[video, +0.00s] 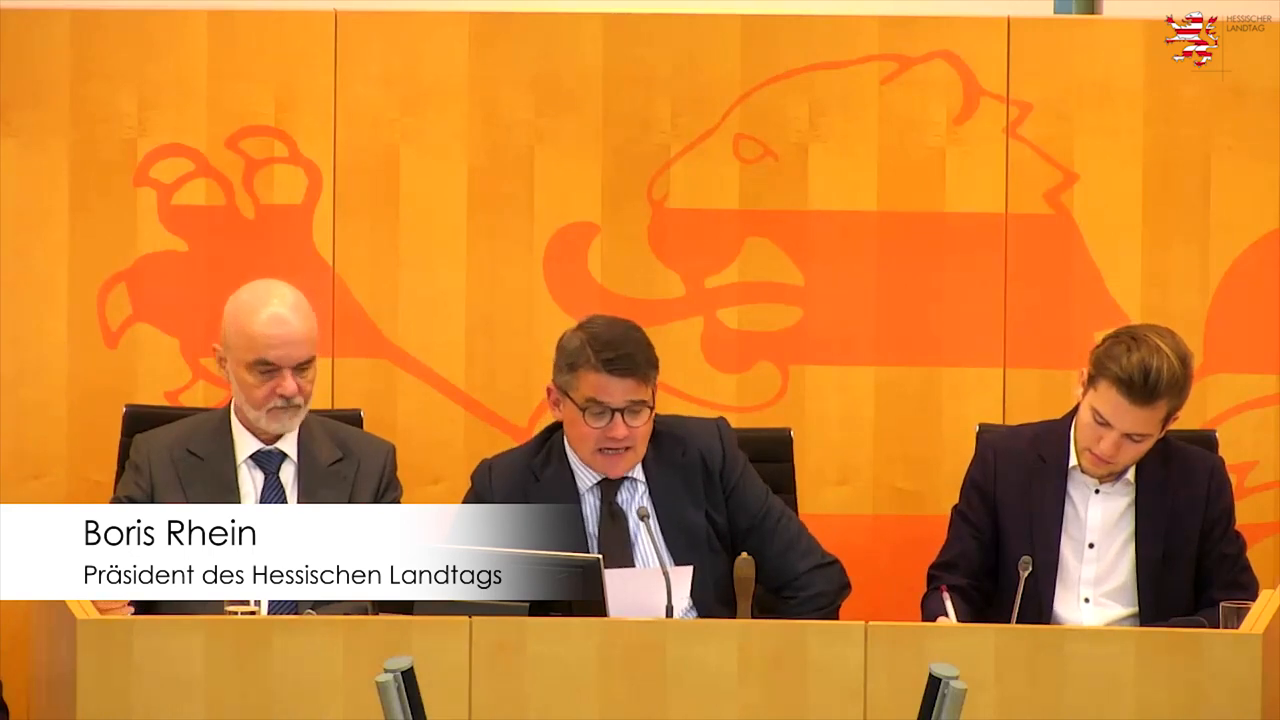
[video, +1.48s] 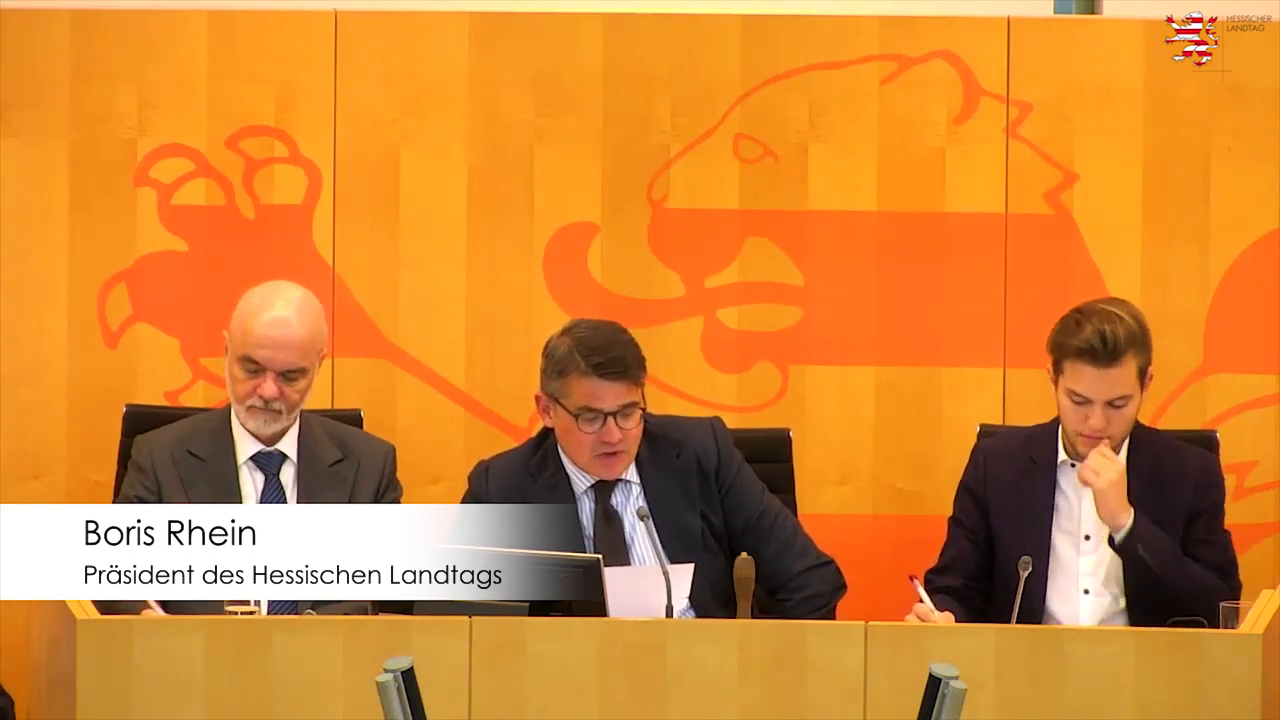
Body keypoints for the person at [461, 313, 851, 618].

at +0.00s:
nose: (618, 431)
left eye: (635, 410)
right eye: (596, 412)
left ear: (654, 396)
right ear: (556, 402)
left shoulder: (708, 454)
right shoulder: (503, 485)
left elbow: (815, 582)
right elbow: (465, 620)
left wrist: (763, 677)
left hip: (705, 676)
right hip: (564, 684)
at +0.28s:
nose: (619, 432)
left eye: (635, 411)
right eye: (598, 413)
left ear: (654, 397)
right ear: (556, 403)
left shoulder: (708, 454)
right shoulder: (502, 486)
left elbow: (814, 583)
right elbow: (465, 622)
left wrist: (762, 679)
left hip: (705, 676)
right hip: (565, 685)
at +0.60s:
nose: (620, 437)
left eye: (633, 414)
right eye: (596, 420)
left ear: (648, 396)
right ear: (551, 413)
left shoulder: (705, 453)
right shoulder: (499, 488)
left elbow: (812, 582)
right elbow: (463, 623)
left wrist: (763, 677)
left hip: (704, 675)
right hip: (564, 685)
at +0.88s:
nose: (617, 441)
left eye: (630, 417)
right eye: (593, 423)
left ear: (645, 398)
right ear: (549, 415)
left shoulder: (705, 455)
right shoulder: (500, 488)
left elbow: (813, 583)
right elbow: (462, 623)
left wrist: (761, 677)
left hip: (703, 676)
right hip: (564, 686)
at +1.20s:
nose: (616, 438)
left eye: (630, 415)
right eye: (592, 420)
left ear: (646, 396)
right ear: (551, 411)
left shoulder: (706, 453)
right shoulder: (501, 488)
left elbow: (813, 582)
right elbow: (466, 622)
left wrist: (761, 676)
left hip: (703, 674)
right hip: (565, 684)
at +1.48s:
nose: (613, 434)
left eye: (627, 413)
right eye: (589, 417)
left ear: (643, 394)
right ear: (546, 409)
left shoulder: (704, 452)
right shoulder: (499, 487)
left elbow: (810, 581)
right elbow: (468, 624)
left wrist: (761, 677)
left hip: (704, 673)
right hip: (565, 683)